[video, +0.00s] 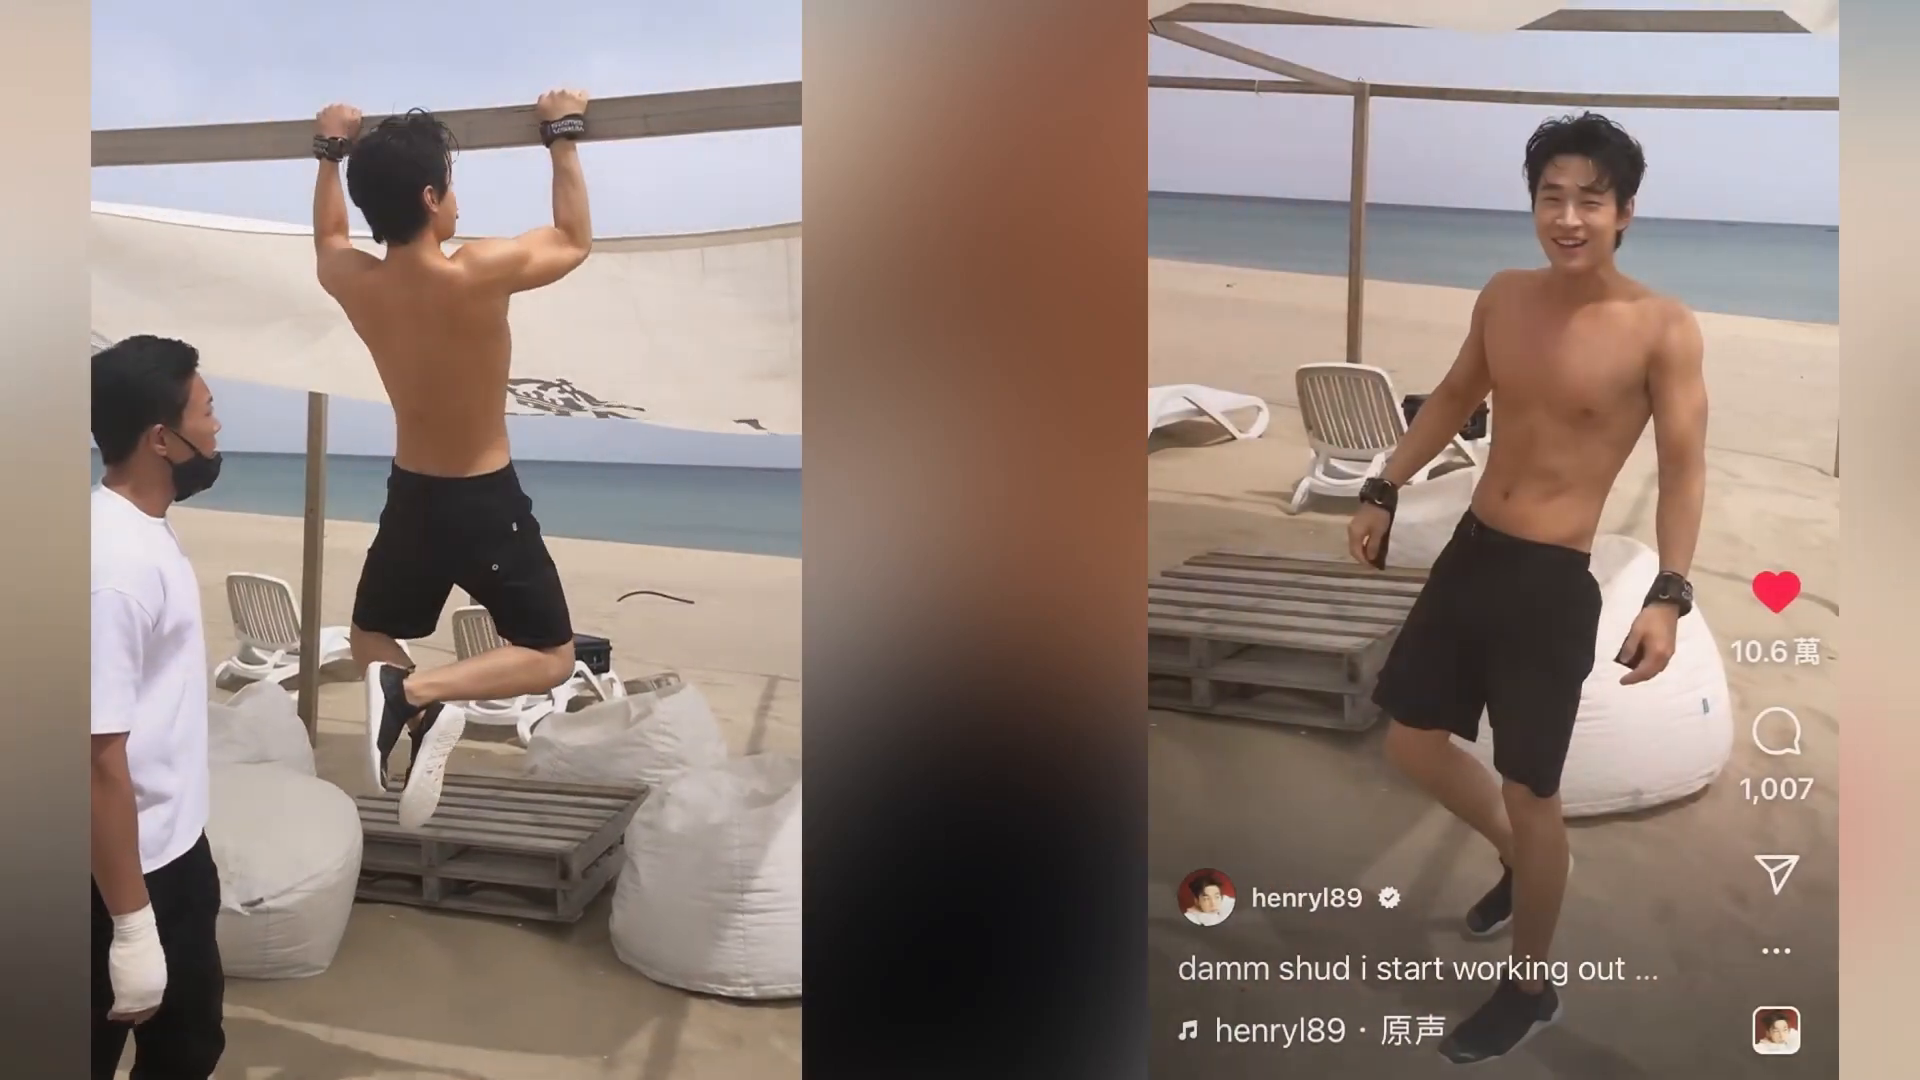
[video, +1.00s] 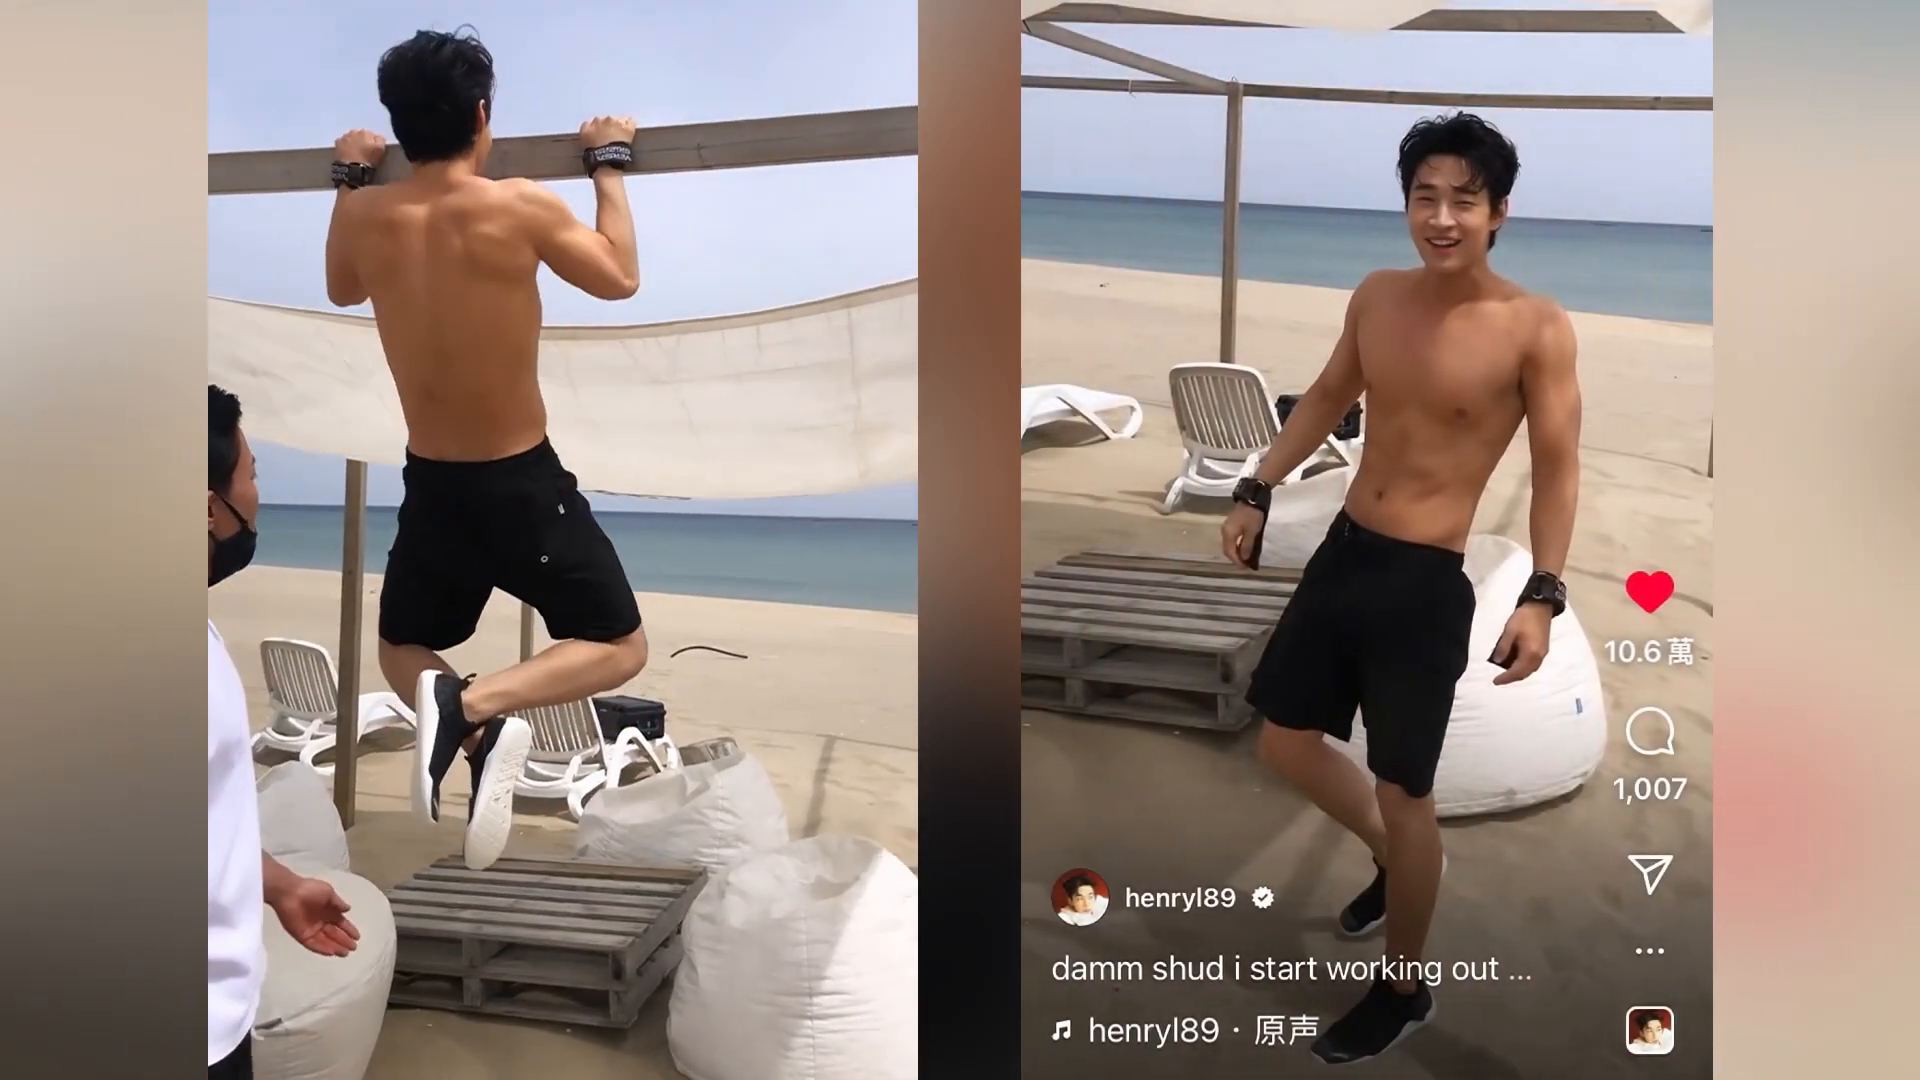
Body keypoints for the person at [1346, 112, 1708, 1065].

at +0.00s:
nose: (1567, 217)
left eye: (1589, 199)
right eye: (1551, 197)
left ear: (1625, 210)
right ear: (1532, 207)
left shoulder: (1661, 327)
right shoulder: (1505, 296)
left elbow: (1682, 469)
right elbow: (1457, 397)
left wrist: (1667, 596)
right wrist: (1382, 485)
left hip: (1553, 580)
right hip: (1471, 554)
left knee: (1529, 800)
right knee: (1411, 743)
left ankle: (1529, 982)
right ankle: (1523, 848)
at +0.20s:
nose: (1490, 216)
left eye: (1512, 198)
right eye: (1474, 197)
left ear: (1548, 210)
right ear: (1456, 208)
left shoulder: (1585, 328)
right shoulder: (1428, 296)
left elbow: (1606, 469)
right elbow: (1380, 397)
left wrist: (1591, 596)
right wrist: (1306, 484)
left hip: (1477, 579)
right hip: (1395, 554)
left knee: (1452, 801)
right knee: (1335, 744)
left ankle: (1454, 981)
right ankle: (1449, 847)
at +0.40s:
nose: (1451, 216)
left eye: (1473, 198)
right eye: (1435, 197)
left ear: (1508, 210)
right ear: (1416, 208)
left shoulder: (1545, 328)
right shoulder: (1388, 297)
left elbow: (1566, 468)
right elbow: (1340, 397)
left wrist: (1551, 596)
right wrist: (1267, 484)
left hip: (1438, 579)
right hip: (1356, 554)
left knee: (1413, 800)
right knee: (1296, 743)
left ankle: (1413, 982)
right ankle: (1408, 846)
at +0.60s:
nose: (1440, 216)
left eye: (1462, 198)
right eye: (1424, 197)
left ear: (1498, 210)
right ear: (1406, 208)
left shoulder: (1534, 328)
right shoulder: (1378, 297)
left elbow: (1556, 468)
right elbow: (1329, 397)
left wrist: (1540, 595)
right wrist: (1256, 484)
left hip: (1427, 579)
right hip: (1345, 554)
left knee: (1402, 799)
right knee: (1284, 742)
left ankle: (1402, 982)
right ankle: (1398, 847)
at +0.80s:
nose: (1440, 216)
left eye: (1462, 198)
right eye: (1424, 197)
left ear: (1498, 210)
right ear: (1405, 208)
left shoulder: (1534, 328)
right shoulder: (1378, 297)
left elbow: (1556, 468)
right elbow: (1330, 397)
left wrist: (1541, 595)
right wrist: (1256, 483)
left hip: (1426, 579)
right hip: (1345, 553)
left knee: (1402, 800)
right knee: (1284, 742)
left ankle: (1403, 981)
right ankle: (1399, 847)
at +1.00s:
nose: (1440, 216)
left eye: (1462, 198)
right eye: (1424, 197)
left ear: (1498, 210)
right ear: (1406, 208)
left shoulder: (1534, 328)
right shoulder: (1378, 297)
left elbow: (1556, 468)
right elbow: (1330, 397)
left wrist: (1540, 595)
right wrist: (1256, 484)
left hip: (1427, 579)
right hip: (1345, 554)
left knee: (1402, 799)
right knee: (1284, 742)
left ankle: (1402, 982)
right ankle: (1398, 847)